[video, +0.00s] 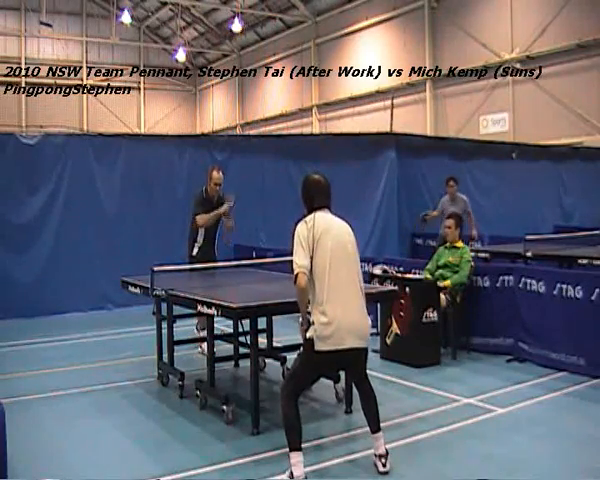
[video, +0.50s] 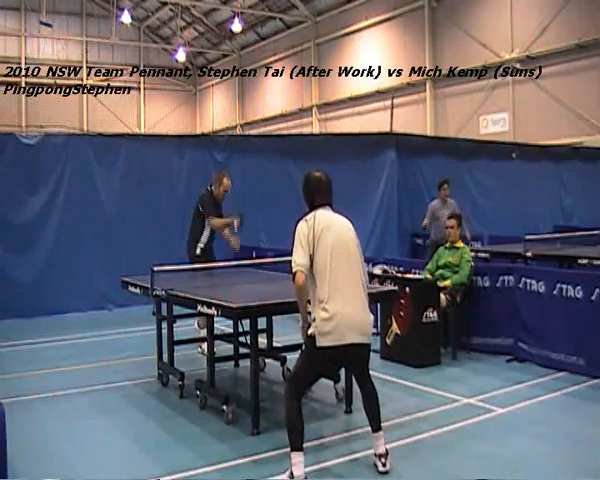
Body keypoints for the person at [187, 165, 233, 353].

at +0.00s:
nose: (217, 188)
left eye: (220, 184)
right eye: (215, 184)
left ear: (223, 183)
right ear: (208, 181)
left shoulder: (220, 198)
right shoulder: (201, 197)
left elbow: (226, 225)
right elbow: (200, 220)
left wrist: (227, 219)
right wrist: (221, 210)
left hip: (211, 250)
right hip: (197, 250)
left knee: (210, 291)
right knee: (201, 293)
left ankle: (204, 328)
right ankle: (201, 331)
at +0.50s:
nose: (225, 193)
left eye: (227, 189)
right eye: (224, 188)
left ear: (224, 187)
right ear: (216, 185)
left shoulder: (217, 200)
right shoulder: (206, 198)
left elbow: (219, 225)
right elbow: (214, 222)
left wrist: (230, 238)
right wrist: (232, 220)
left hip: (208, 249)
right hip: (198, 250)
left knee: (212, 286)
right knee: (206, 291)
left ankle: (202, 320)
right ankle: (204, 339)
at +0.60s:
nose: (227, 195)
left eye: (229, 192)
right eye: (225, 191)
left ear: (229, 191)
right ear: (217, 188)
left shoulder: (224, 207)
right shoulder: (209, 196)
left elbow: (222, 233)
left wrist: (226, 253)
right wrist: (207, 213)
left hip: (209, 249)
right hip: (197, 248)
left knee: (208, 288)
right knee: (201, 289)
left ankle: (200, 327)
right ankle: (200, 334)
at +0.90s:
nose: (222, 182)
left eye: (225, 179)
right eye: (220, 178)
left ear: (227, 181)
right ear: (214, 177)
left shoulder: (225, 201)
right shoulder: (205, 193)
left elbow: (225, 227)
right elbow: (183, 198)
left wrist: (224, 249)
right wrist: (186, 221)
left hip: (213, 248)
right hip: (199, 247)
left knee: (212, 286)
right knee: (198, 288)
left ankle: (206, 326)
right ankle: (198, 327)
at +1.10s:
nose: (214, 179)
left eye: (217, 176)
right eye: (211, 176)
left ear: (220, 177)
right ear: (206, 177)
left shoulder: (223, 198)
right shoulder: (199, 197)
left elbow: (227, 224)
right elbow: (181, 213)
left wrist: (227, 244)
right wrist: (185, 228)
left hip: (217, 252)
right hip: (201, 252)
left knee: (214, 292)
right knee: (202, 293)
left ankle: (210, 332)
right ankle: (207, 334)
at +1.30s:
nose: (207, 170)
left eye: (210, 167)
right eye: (204, 167)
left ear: (213, 167)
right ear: (200, 169)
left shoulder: (221, 189)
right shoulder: (196, 192)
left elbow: (229, 211)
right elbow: (186, 210)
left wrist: (230, 231)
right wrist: (180, 214)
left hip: (221, 239)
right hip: (204, 240)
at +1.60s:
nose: (201, 191)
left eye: (203, 188)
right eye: (198, 188)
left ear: (208, 187)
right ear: (195, 190)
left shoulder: (220, 205)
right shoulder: (198, 211)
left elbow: (235, 224)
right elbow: (198, 239)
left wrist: (232, 245)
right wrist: (195, 260)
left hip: (225, 258)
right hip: (208, 258)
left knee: (233, 296)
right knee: (198, 297)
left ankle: (252, 334)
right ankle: (201, 338)